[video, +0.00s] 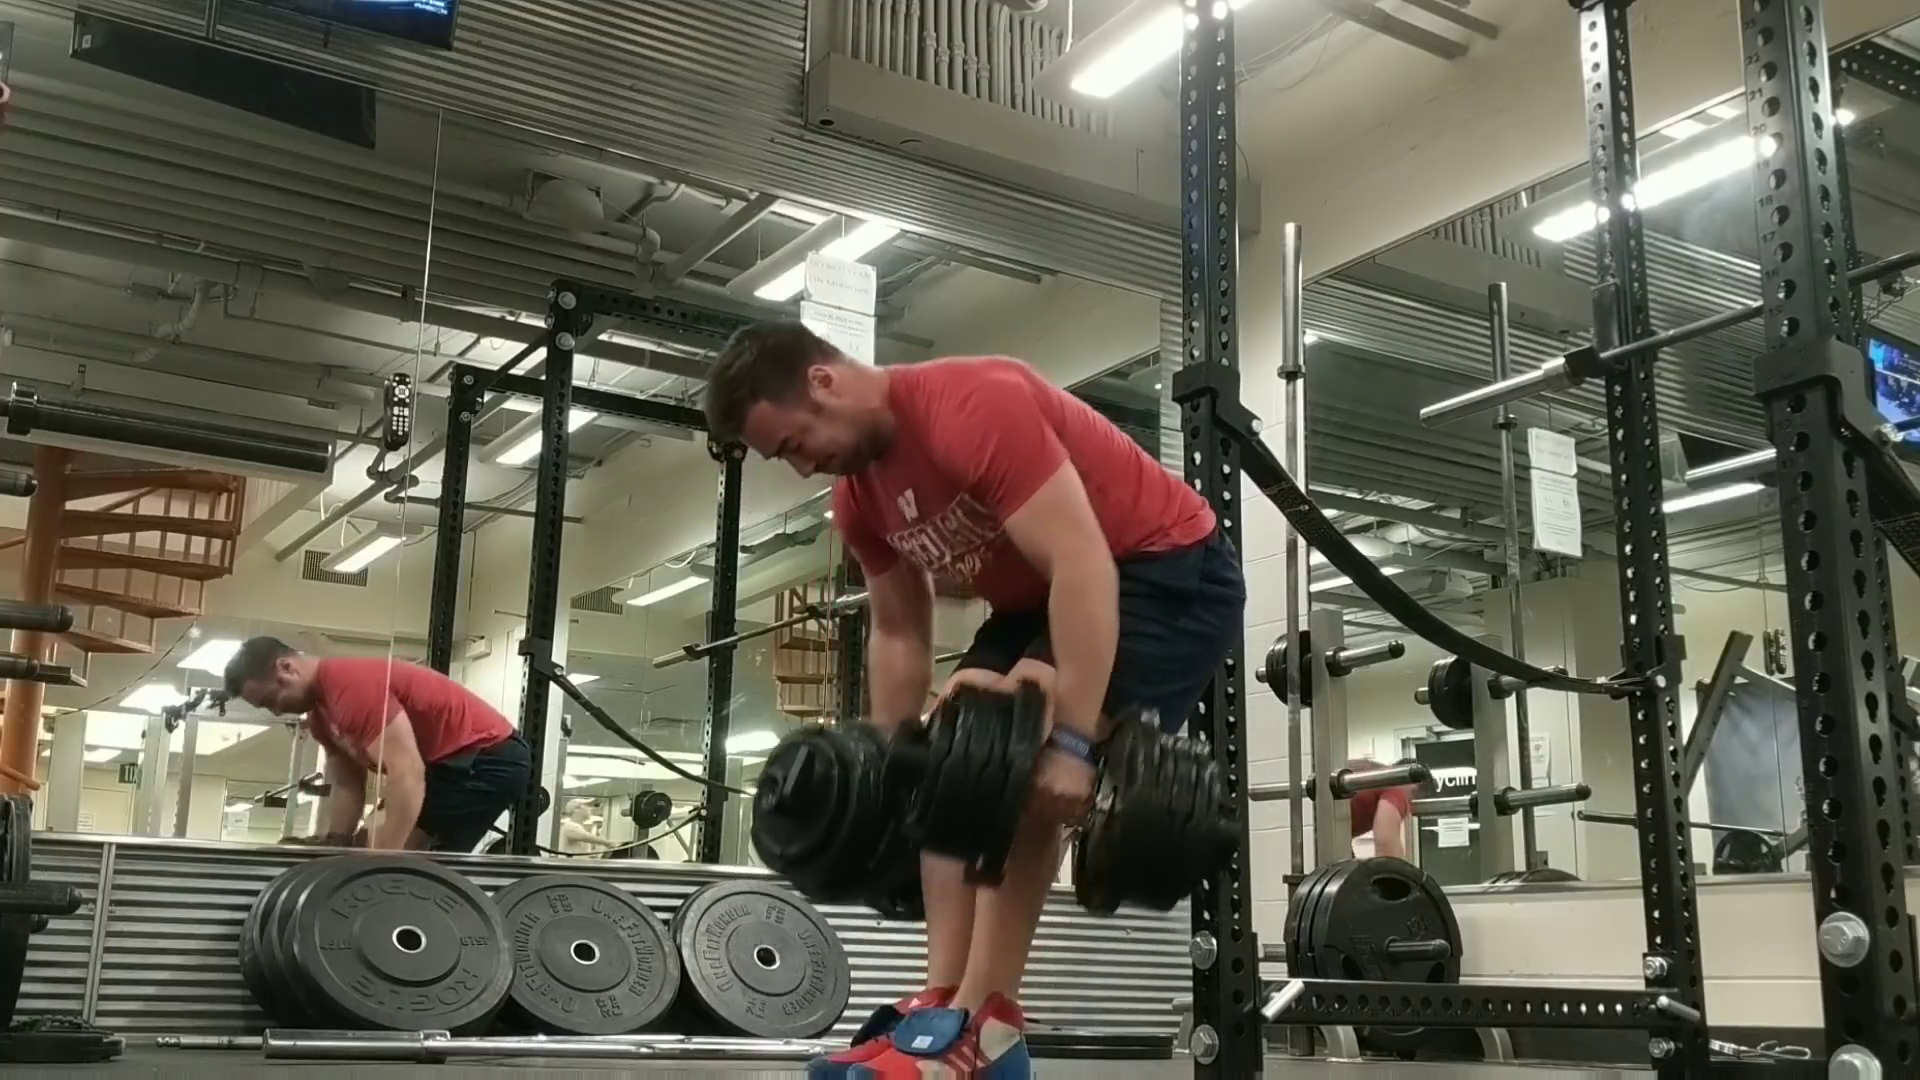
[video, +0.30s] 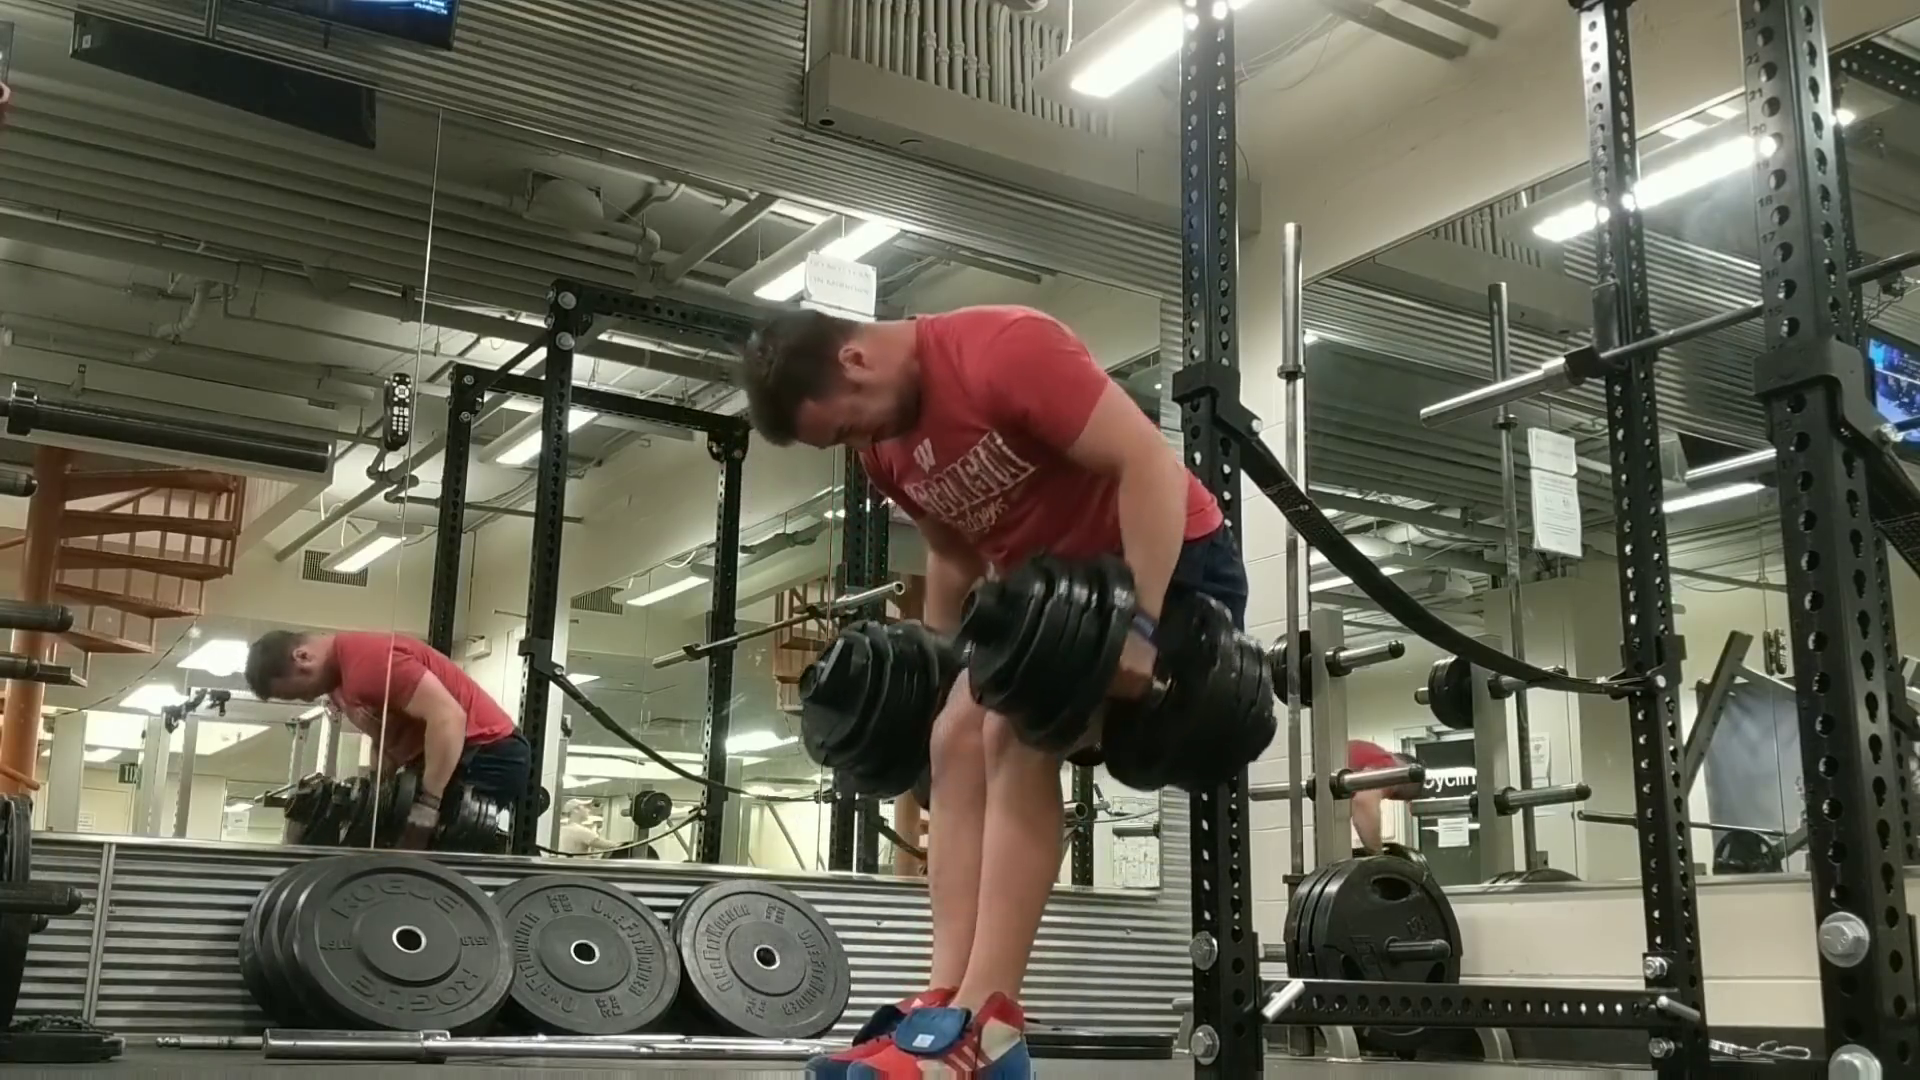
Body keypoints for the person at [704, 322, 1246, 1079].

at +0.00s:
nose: (802, 467)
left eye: (795, 442)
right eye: (784, 458)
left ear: (826, 380)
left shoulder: (976, 408)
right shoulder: (859, 502)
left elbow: (1082, 561)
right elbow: (897, 630)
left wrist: (1073, 740)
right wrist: (885, 778)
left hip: (1169, 569)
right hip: (1044, 594)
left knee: (1035, 762)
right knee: (949, 753)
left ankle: (990, 1017)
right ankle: (941, 1002)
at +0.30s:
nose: (856, 444)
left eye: (845, 426)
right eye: (840, 441)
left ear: (857, 357)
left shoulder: (1004, 349)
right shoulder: (883, 446)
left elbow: (1150, 463)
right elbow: (953, 553)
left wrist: (1140, 625)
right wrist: (928, 675)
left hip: (1160, 559)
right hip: (1052, 584)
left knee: (1019, 731)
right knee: (954, 735)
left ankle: (992, 1018)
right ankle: (942, 1005)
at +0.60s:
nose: (849, 466)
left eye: (837, 448)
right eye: (831, 462)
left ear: (846, 380)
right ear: (845, 383)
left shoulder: (995, 373)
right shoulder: (878, 463)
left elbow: (1149, 479)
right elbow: (942, 566)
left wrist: (1151, 646)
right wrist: (926, 694)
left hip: (1156, 562)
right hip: (1047, 587)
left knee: (1027, 736)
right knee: (956, 731)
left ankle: (992, 1018)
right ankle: (945, 1000)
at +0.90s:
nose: (808, 477)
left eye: (798, 457)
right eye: (790, 471)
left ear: (823, 390)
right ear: (823, 393)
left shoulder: (976, 407)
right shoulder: (857, 493)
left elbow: (1051, 590)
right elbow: (885, 641)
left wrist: (1055, 774)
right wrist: (872, 794)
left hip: (1163, 570)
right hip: (1043, 596)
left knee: (1028, 743)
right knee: (947, 746)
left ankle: (989, 1018)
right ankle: (944, 999)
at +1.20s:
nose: (773, 512)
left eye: (769, 487)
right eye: (757, 500)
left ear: (807, 426)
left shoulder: (955, 465)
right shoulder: (845, 546)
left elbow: (989, 667)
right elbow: (855, 704)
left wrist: (991, 854)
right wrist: (848, 866)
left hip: (1167, 578)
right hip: (1062, 611)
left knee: (1012, 735)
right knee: (939, 739)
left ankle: (992, 1027)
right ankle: (936, 1016)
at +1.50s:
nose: (767, 520)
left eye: (766, 495)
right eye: (751, 509)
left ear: (807, 437)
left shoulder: (953, 482)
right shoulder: (842, 560)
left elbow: (985, 683)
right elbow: (851, 719)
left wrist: (982, 875)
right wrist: (845, 884)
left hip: (1169, 576)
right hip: (1062, 612)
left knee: (1019, 727)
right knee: (935, 740)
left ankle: (988, 1033)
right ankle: (930, 1019)